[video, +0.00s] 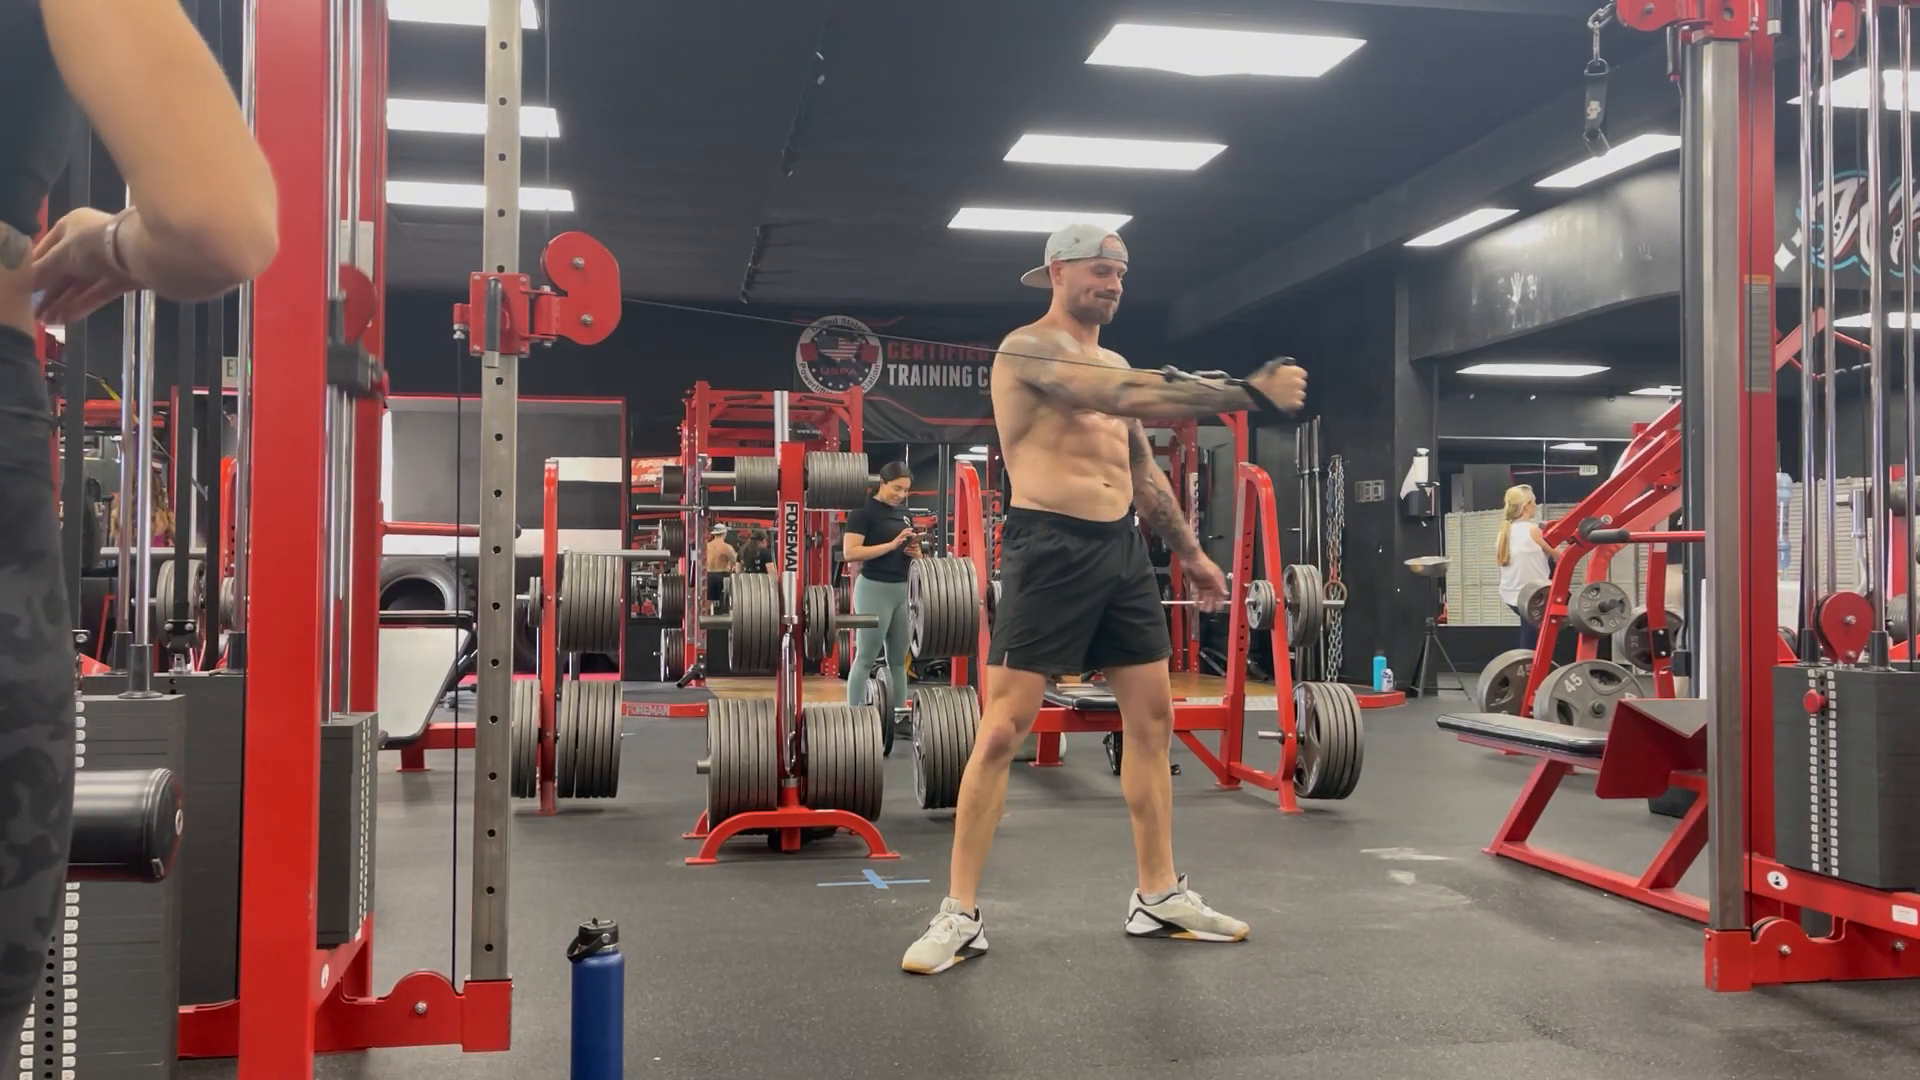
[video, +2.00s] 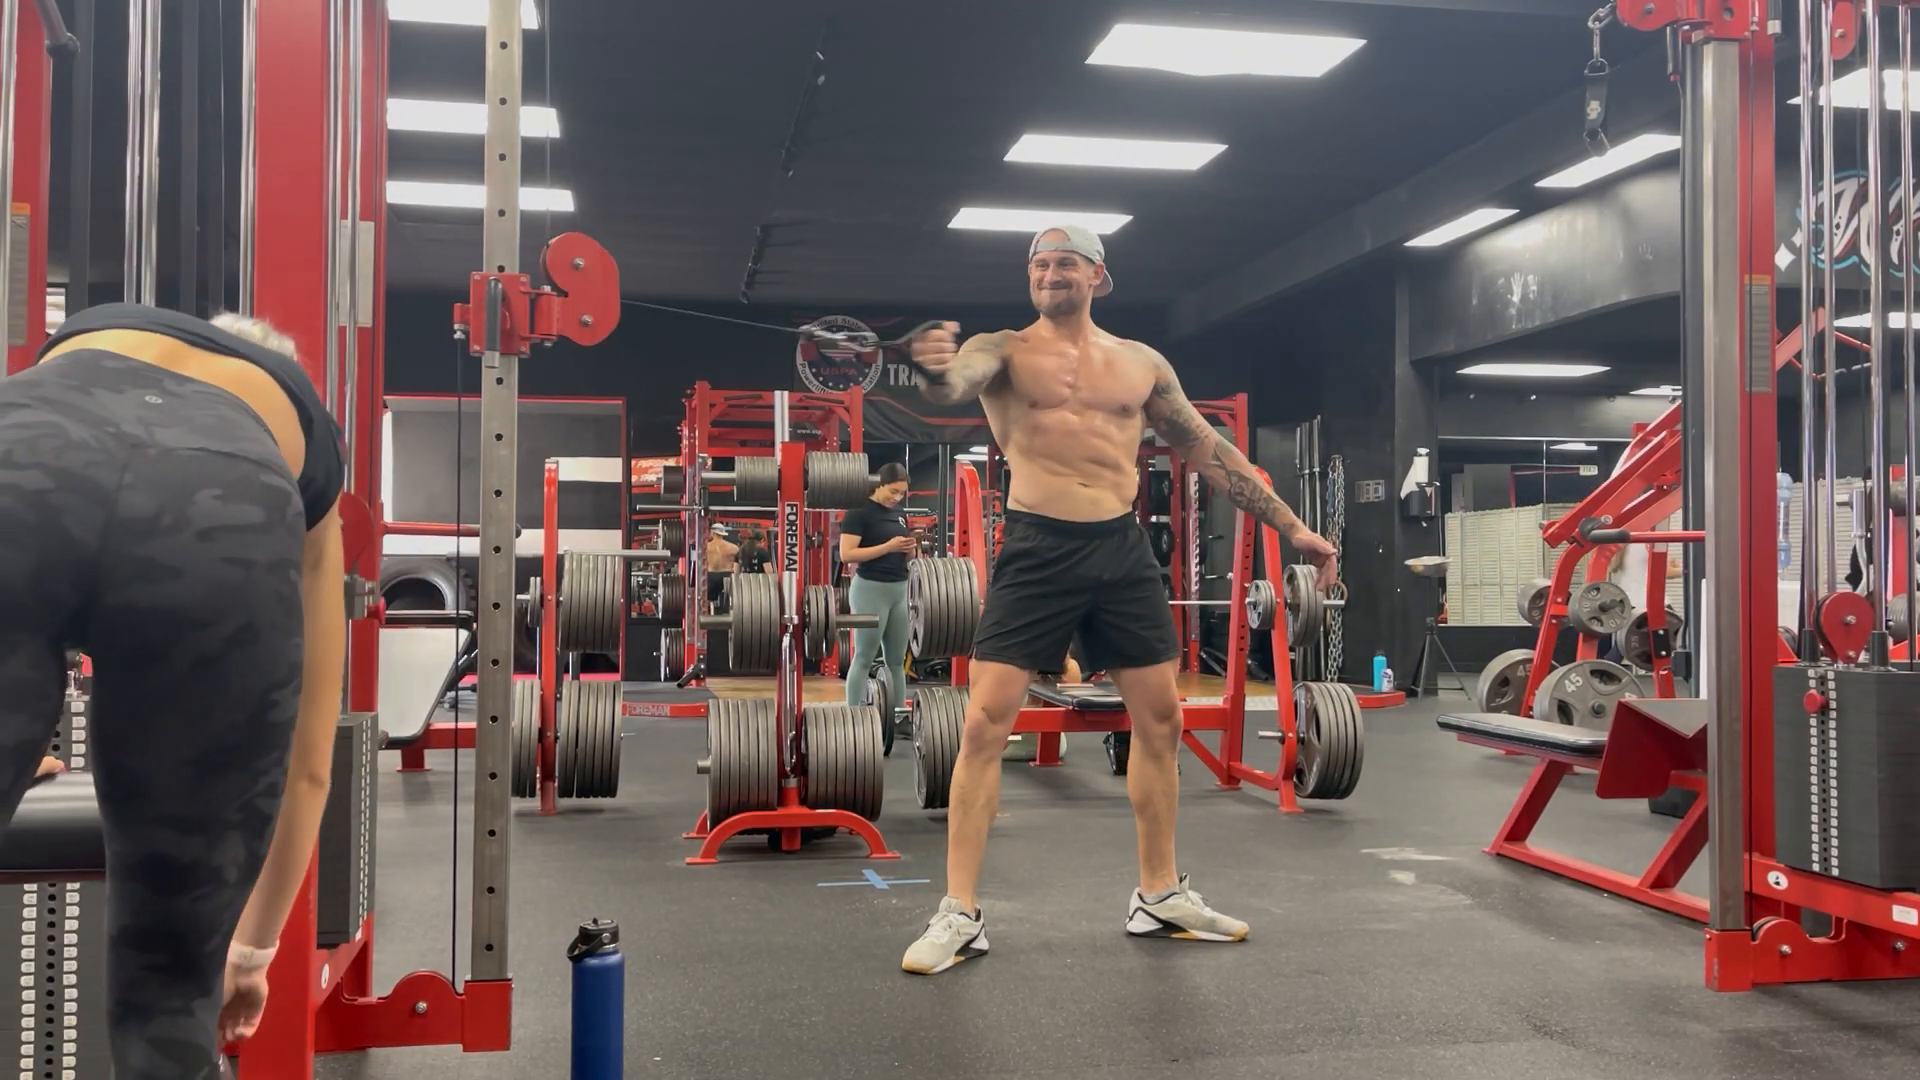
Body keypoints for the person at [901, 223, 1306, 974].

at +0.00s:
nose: (1112, 281)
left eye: (1119, 271)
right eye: (1097, 266)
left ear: (1119, 284)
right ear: (1055, 274)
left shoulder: (1121, 372)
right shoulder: (1024, 347)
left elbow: (1144, 474)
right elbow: (1110, 390)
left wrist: (1191, 552)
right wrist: (1248, 390)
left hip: (1124, 552)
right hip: (1046, 549)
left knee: (1152, 720)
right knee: (1000, 733)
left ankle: (1158, 894)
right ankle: (959, 910)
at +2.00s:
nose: (1052, 272)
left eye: (1067, 262)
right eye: (1042, 262)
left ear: (1098, 279)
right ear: (1029, 277)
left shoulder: (1143, 364)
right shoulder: (1001, 347)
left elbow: (1217, 456)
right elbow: (949, 385)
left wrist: (1296, 529)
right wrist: (926, 364)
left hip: (1122, 549)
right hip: (1033, 550)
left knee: (1161, 719)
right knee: (983, 724)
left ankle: (1159, 894)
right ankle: (959, 908)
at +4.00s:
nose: (1074, 281)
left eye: (1086, 269)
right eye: (1062, 268)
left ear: (1107, 281)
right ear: (1039, 280)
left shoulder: (1138, 367)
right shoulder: (1004, 349)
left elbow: (1194, 465)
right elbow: (1009, 390)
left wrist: (1261, 542)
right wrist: (1067, 374)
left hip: (1127, 552)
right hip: (1043, 551)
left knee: (1155, 720)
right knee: (995, 730)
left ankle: (1157, 894)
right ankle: (961, 911)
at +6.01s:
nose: (1105, 279)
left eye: (1112, 271)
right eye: (1090, 266)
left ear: (1112, 286)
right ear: (1047, 276)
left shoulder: (1110, 371)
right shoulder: (1026, 345)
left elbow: (1135, 474)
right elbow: (1129, 388)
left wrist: (1180, 549)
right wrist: (1255, 390)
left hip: (1124, 554)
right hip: (1047, 551)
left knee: (1152, 720)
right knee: (1002, 733)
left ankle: (1158, 894)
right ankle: (960, 910)